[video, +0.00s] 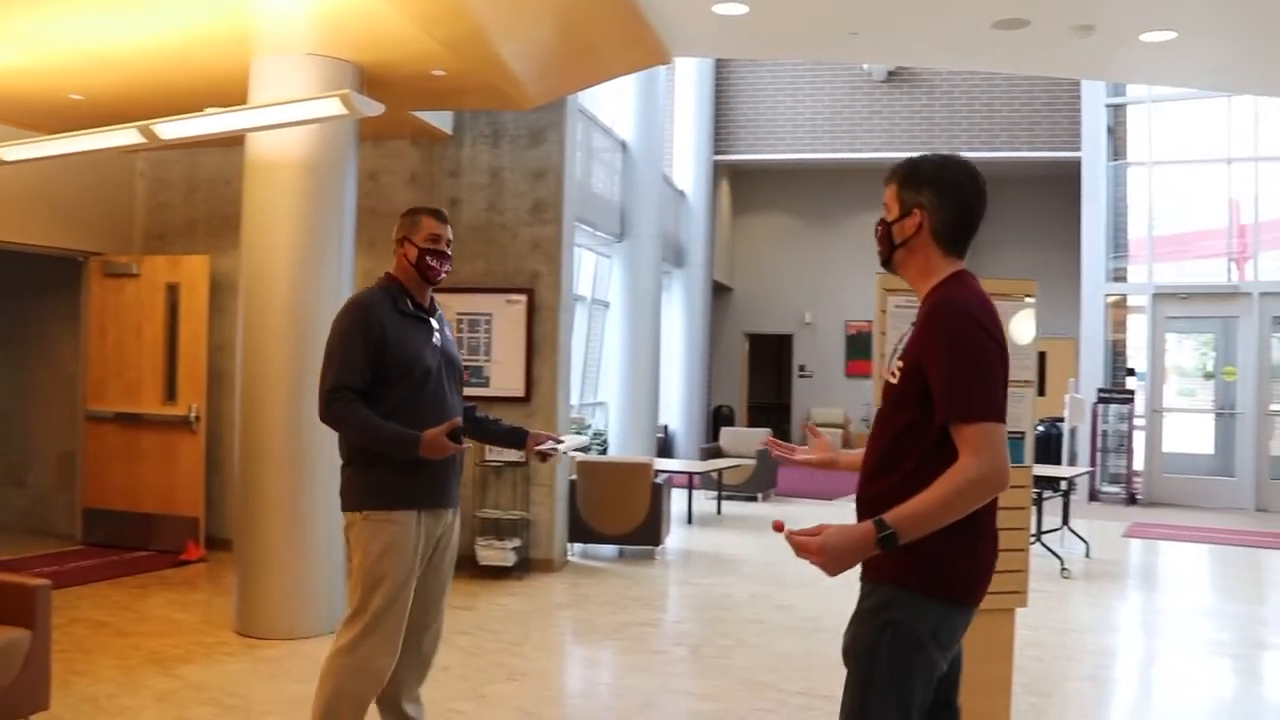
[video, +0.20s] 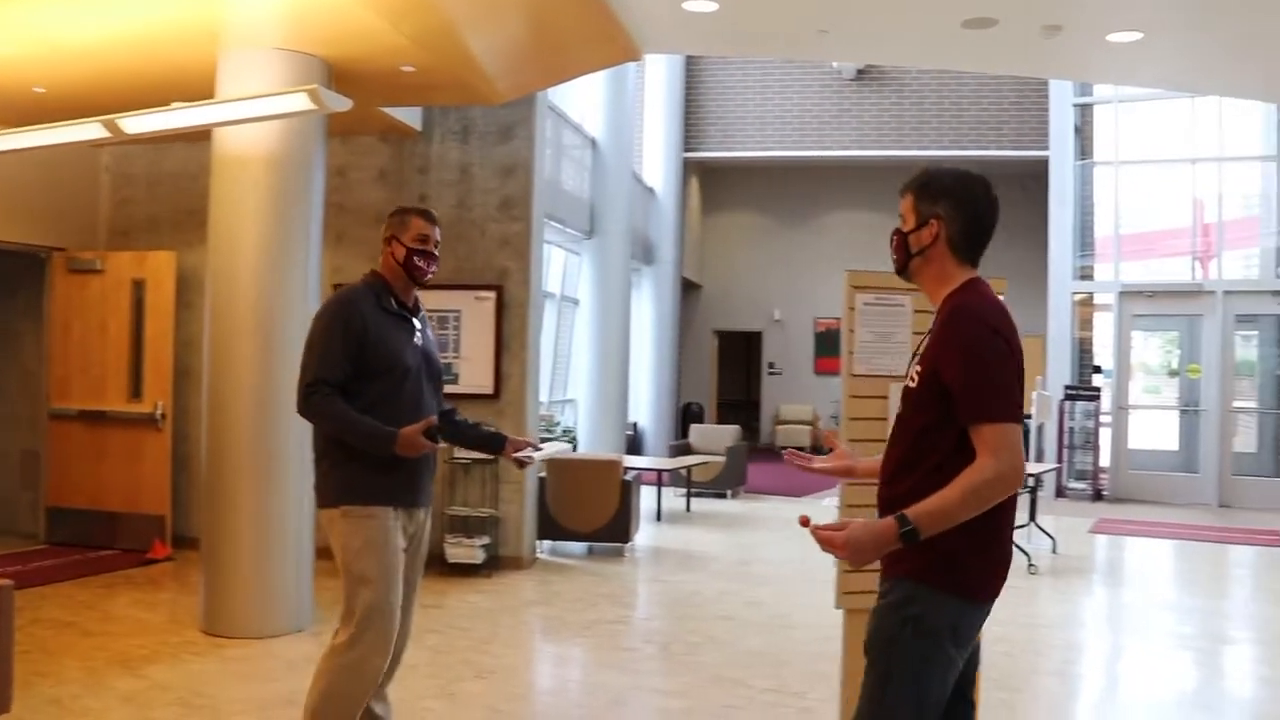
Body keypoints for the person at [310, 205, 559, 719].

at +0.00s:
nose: (443, 257)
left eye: (448, 249)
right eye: (433, 247)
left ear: (451, 255)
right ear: (402, 247)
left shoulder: (435, 320)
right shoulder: (365, 311)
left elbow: (452, 411)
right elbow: (335, 404)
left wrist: (521, 438)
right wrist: (415, 441)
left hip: (439, 504)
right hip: (386, 504)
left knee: (419, 638)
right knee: (372, 640)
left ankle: (402, 711)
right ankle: (333, 716)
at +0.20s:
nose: (430, 257)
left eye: (435, 250)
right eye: (421, 246)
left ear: (436, 256)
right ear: (390, 246)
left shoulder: (415, 320)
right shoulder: (348, 308)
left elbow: (433, 414)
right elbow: (313, 398)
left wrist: (501, 443)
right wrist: (392, 438)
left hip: (412, 499)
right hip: (361, 498)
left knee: (392, 633)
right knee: (370, 630)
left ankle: (369, 712)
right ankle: (324, 717)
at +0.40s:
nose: (414, 254)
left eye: (420, 247)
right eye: (406, 244)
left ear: (421, 254)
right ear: (374, 243)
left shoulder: (395, 317)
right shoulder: (331, 303)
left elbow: (406, 413)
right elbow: (287, 392)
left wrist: (465, 454)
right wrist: (365, 440)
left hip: (382, 497)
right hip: (337, 496)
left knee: (352, 634)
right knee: (352, 636)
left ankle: (339, 713)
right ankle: (345, 718)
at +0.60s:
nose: (398, 255)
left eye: (403, 247)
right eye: (389, 243)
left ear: (404, 251)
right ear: (355, 240)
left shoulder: (378, 317)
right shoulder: (311, 302)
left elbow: (384, 415)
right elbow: (274, 396)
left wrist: (425, 479)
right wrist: (351, 449)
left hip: (361, 495)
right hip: (314, 495)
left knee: (312, 631)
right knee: (338, 640)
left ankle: (303, 715)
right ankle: (343, 718)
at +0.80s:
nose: (377, 249)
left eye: (381, 241)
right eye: (366, 238)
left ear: (381, 246)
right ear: (331, 238)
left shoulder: (353, 311)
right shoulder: (295, 303)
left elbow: (362, 414)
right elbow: (266, 408)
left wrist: (378, 502)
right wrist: (347, 463)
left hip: (337, 499)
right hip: (302, 501)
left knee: (290, 636)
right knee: (320, 650)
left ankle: (275, 716)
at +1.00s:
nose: (368, 242)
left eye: (371, 233)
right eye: (357, 231)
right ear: (319, 233)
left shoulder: (339, 302)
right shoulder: (285, 300)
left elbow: (335, 406)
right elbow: (260, 414)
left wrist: (355, 489)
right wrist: (346, 468)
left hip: (327, 501)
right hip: (296, 502)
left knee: (287, 641)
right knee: (313, 656)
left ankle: (261, 715)